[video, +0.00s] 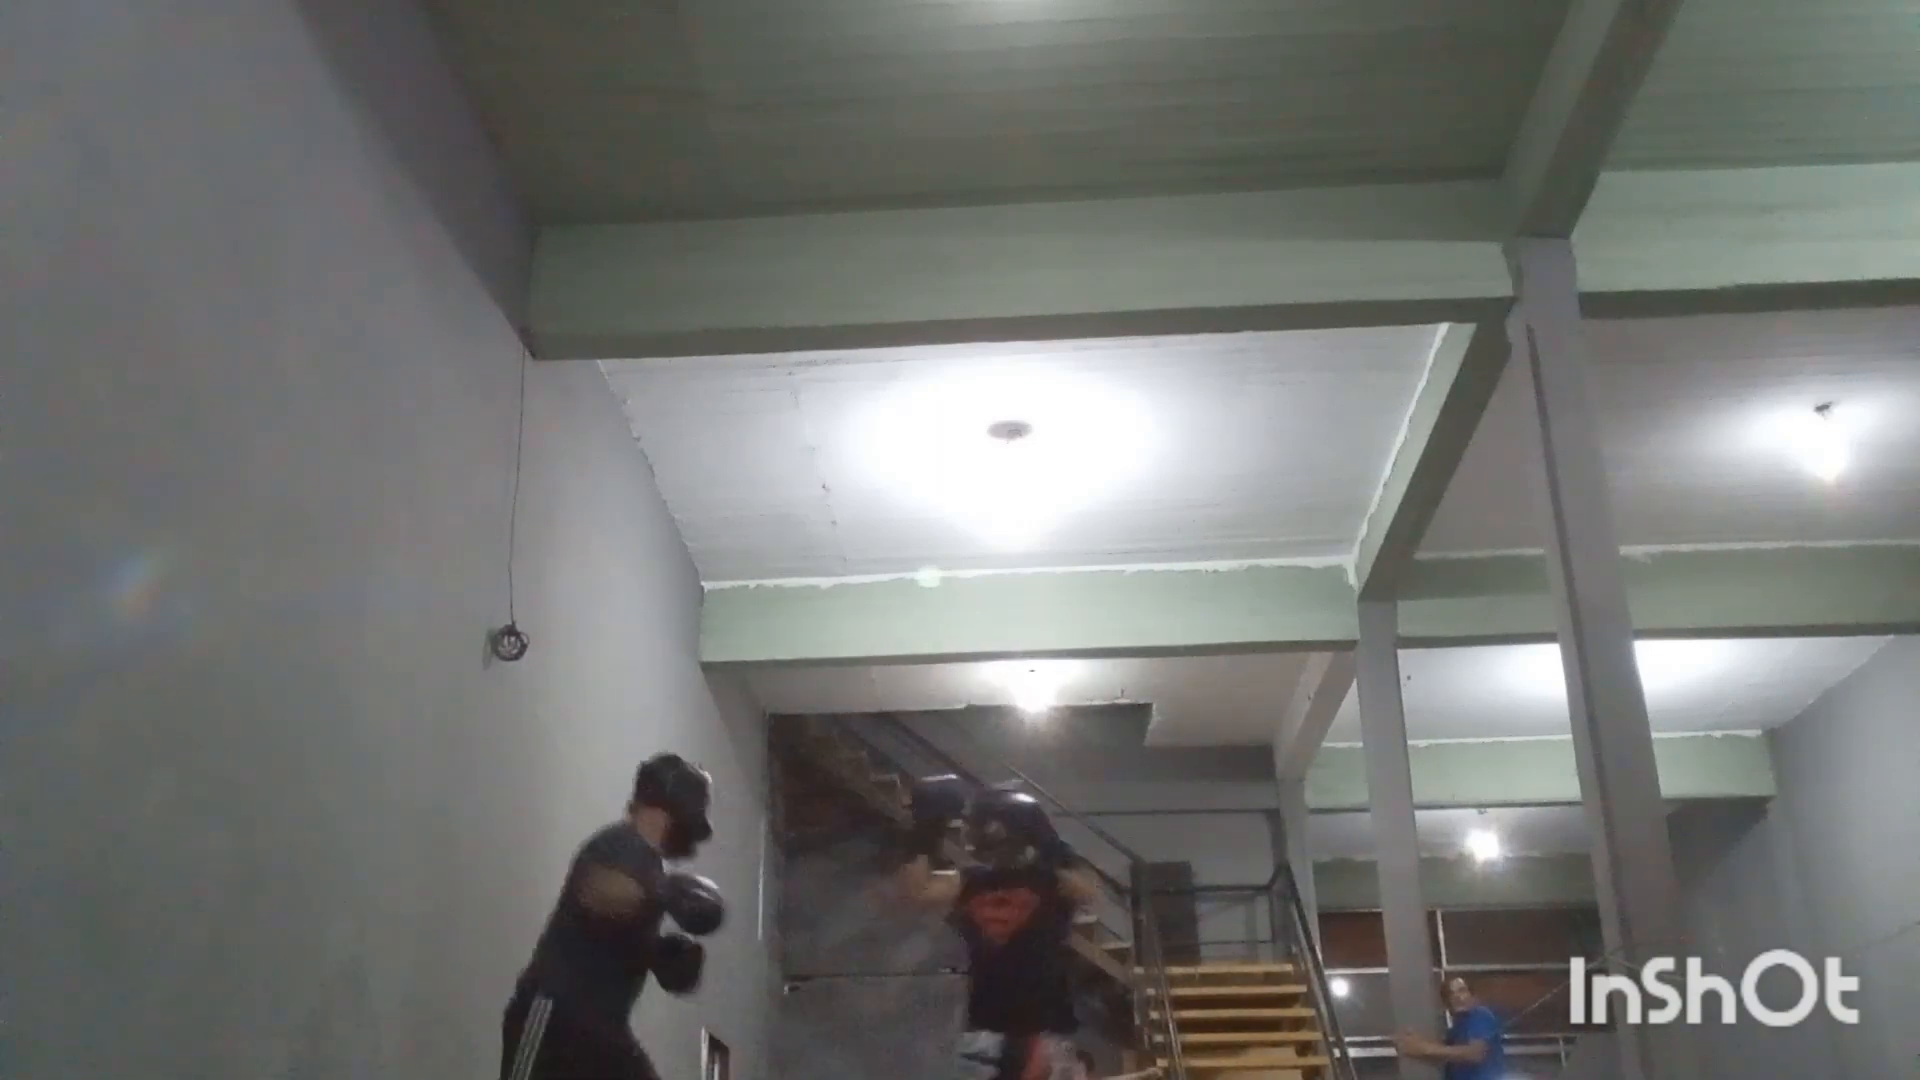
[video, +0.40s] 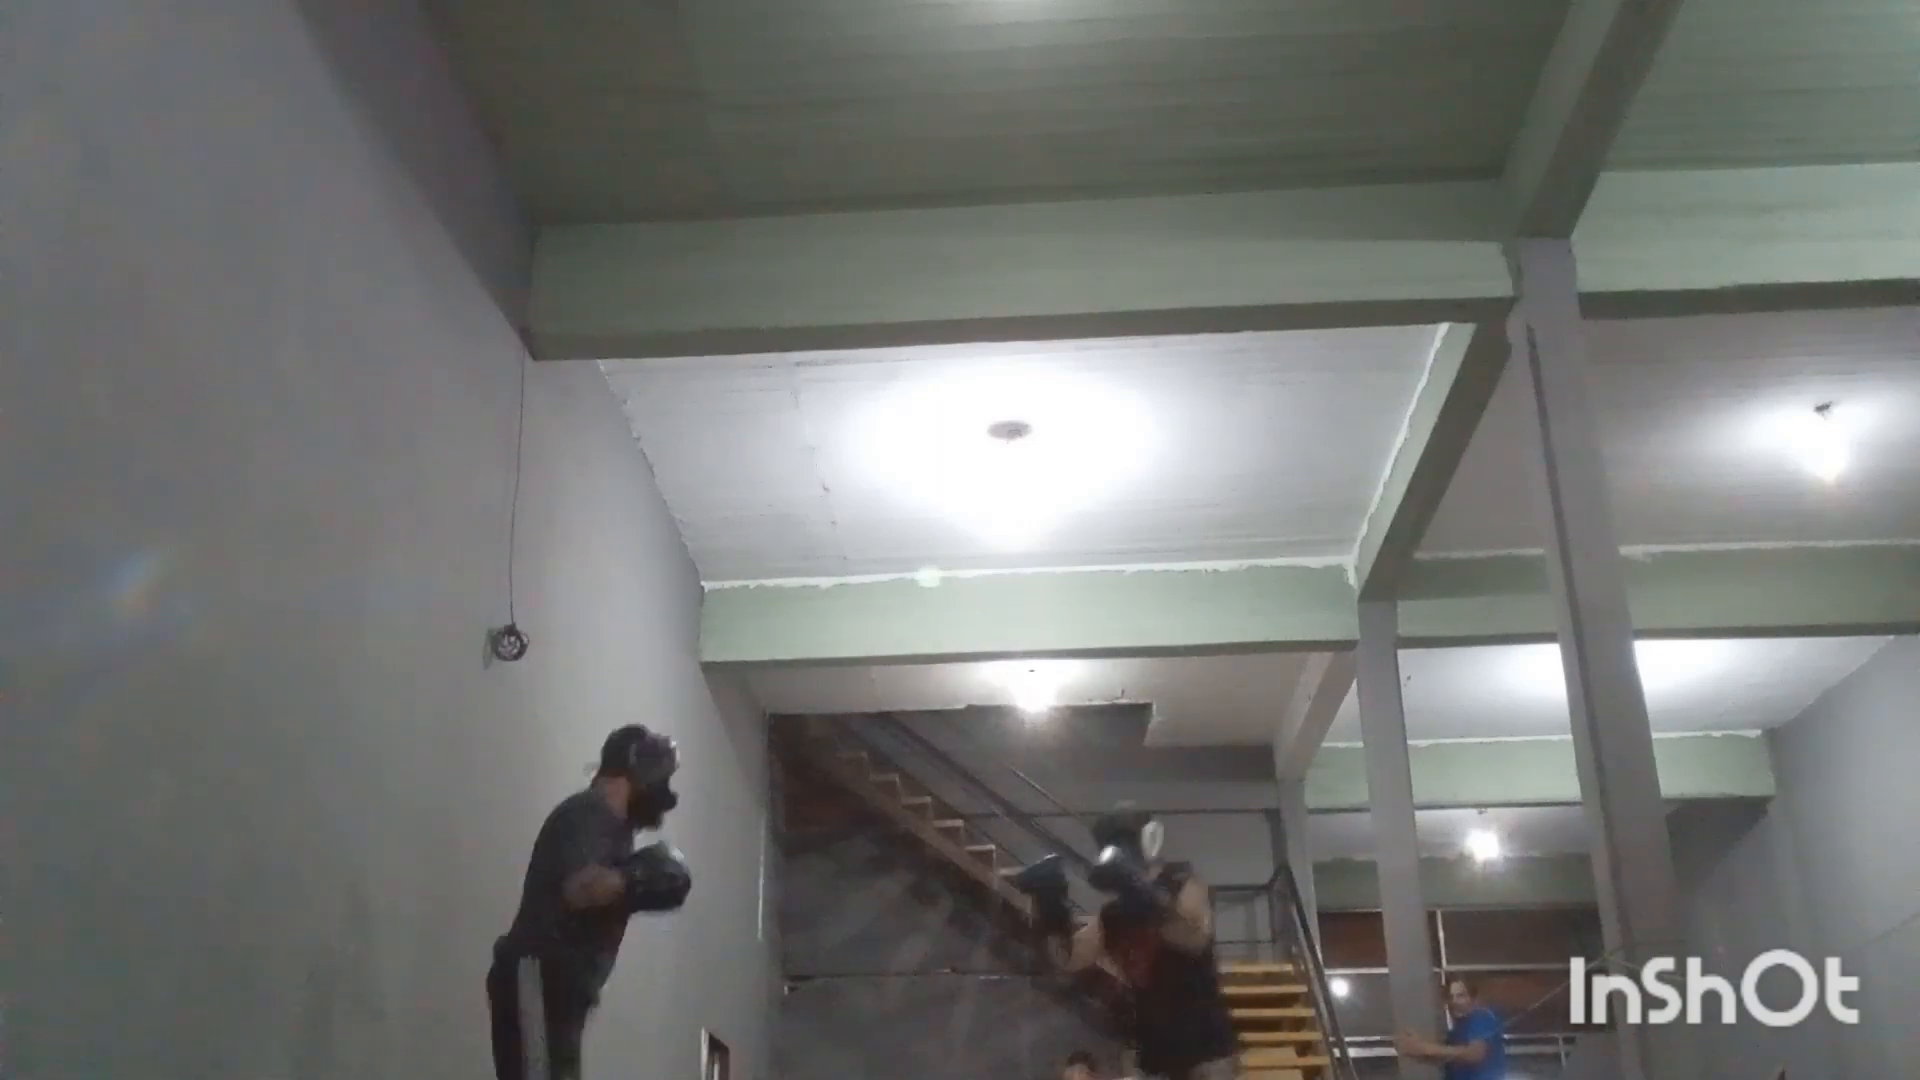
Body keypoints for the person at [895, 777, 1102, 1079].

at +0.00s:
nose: (993, 841)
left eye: (1003, 832)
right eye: (985, 831)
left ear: (1023, 837)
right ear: (975, 839)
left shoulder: (1050, 881)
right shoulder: (972, 883)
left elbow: (1089, 892)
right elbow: (914, 893)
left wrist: (1047, 840)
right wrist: (926, 826)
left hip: (1047, 1026)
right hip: (985, 1024)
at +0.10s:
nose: (1034, 842)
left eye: (1042, 832)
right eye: (1025, 834)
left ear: (1058, 837)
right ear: (1012, 842)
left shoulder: (1084, 889)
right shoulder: (1005, 888)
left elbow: (1136, 919)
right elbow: (955, 907)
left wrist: (1091, 867)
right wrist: (950, 847)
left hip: (1084, 1030)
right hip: (1024, 1031)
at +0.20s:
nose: (1057, 869)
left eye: (1065, 859)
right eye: (1049, 860)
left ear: (1086, 863)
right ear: (1040, 868)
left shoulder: (1119, 918)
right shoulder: (1040, 922)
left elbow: (1170, 950)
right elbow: (983, 936)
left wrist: (1120, 897)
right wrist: (978, 878)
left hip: (1126, 1054)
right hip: (1070, 1056)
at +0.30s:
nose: (1092, 888)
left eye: (1098, 876)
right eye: (1082, 880)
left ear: (1121, 870)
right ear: (1075, 886)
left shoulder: (1161, 915)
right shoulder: (1077, 928)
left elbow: (1181, 966)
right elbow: (1025, 965)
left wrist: (1131, 912)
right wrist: (1012, 906)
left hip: (1163, 1063)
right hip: (1101, 1064)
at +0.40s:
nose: (1112, 859)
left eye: (1118, 847)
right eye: (1106, 851)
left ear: (1145, 843)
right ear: (1101, 856)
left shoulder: (1182, 884)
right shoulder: (1114, 913)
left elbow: (1195, 939)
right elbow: (1067, 960)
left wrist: (1138, 888)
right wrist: (1049, 901)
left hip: (1204, 1045)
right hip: (1150, 1047)